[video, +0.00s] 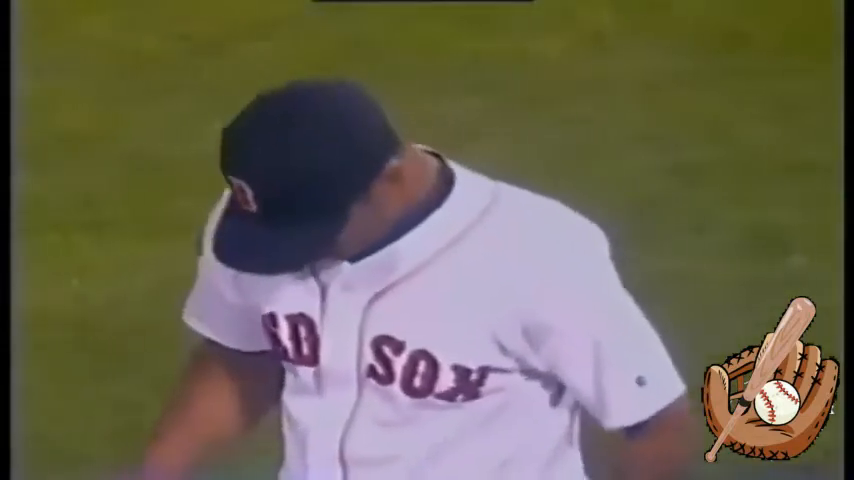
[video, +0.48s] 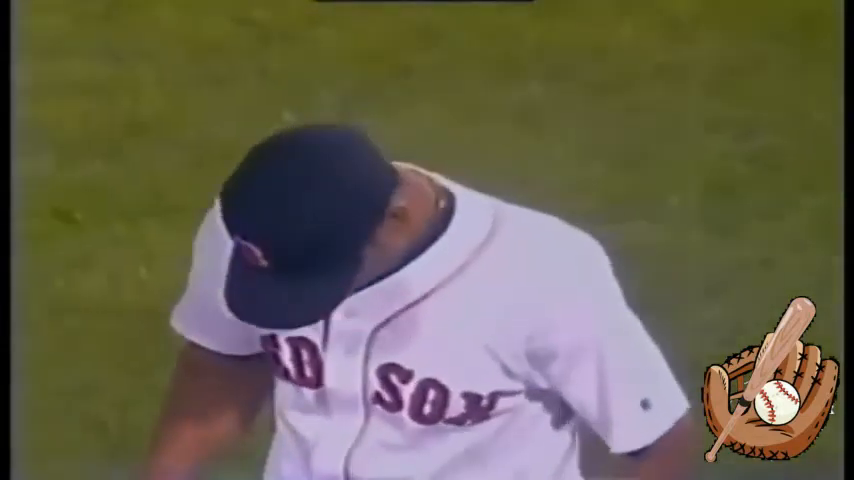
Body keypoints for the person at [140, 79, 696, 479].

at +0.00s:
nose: (305, 257)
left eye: (318, 237)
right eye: (287, 240)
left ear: (390, 180)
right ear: (256, 203)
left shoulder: (547, 253)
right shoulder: (255, 223)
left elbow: (666, 430)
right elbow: (240, 363)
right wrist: (159, 465)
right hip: (312, 468)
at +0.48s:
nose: (296, 314)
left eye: (319, 293)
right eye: (277, 296)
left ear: (392, 222)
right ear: (256, 234)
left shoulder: (550, 275)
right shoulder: (248, 229)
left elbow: (668, 443)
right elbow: (216, 386)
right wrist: (165, 469)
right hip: (303, 469)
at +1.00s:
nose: (338, 281)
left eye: (350, 256)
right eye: (311, 265)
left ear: (410, 189)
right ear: (271, 220)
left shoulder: (578, 231)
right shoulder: (265, 228)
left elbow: (694, 397)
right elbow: (253, 374)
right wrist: (214, 469)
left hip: (570, 469)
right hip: (361, 468)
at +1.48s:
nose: (402, 249)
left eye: (423, 227)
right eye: (382, 229)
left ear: (492, 169)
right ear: (346, 169)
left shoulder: (645, 206)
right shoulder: (318, 176)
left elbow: (766, 374)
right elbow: (281, 333)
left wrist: (751, 441)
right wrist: (241, 462)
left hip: (597, 468)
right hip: (379, 466)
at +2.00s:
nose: (290, 239)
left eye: (314, 217)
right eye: (271, 215)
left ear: (387, 149)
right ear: (242, 161)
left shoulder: (526, 187)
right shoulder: (201, 175)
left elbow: (697, 347)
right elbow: (156, 330)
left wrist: (764, 433)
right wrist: (121, 466)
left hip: (479, 468)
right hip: (263, 466)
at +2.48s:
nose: (278, 173)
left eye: (303, 148)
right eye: (255, 153)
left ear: (364, 88)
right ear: (220, 104)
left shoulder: (485, 175)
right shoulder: (162, 171)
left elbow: (595, 366)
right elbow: (120, 315)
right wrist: (140, 405)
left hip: (436, 470)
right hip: (237, 470)